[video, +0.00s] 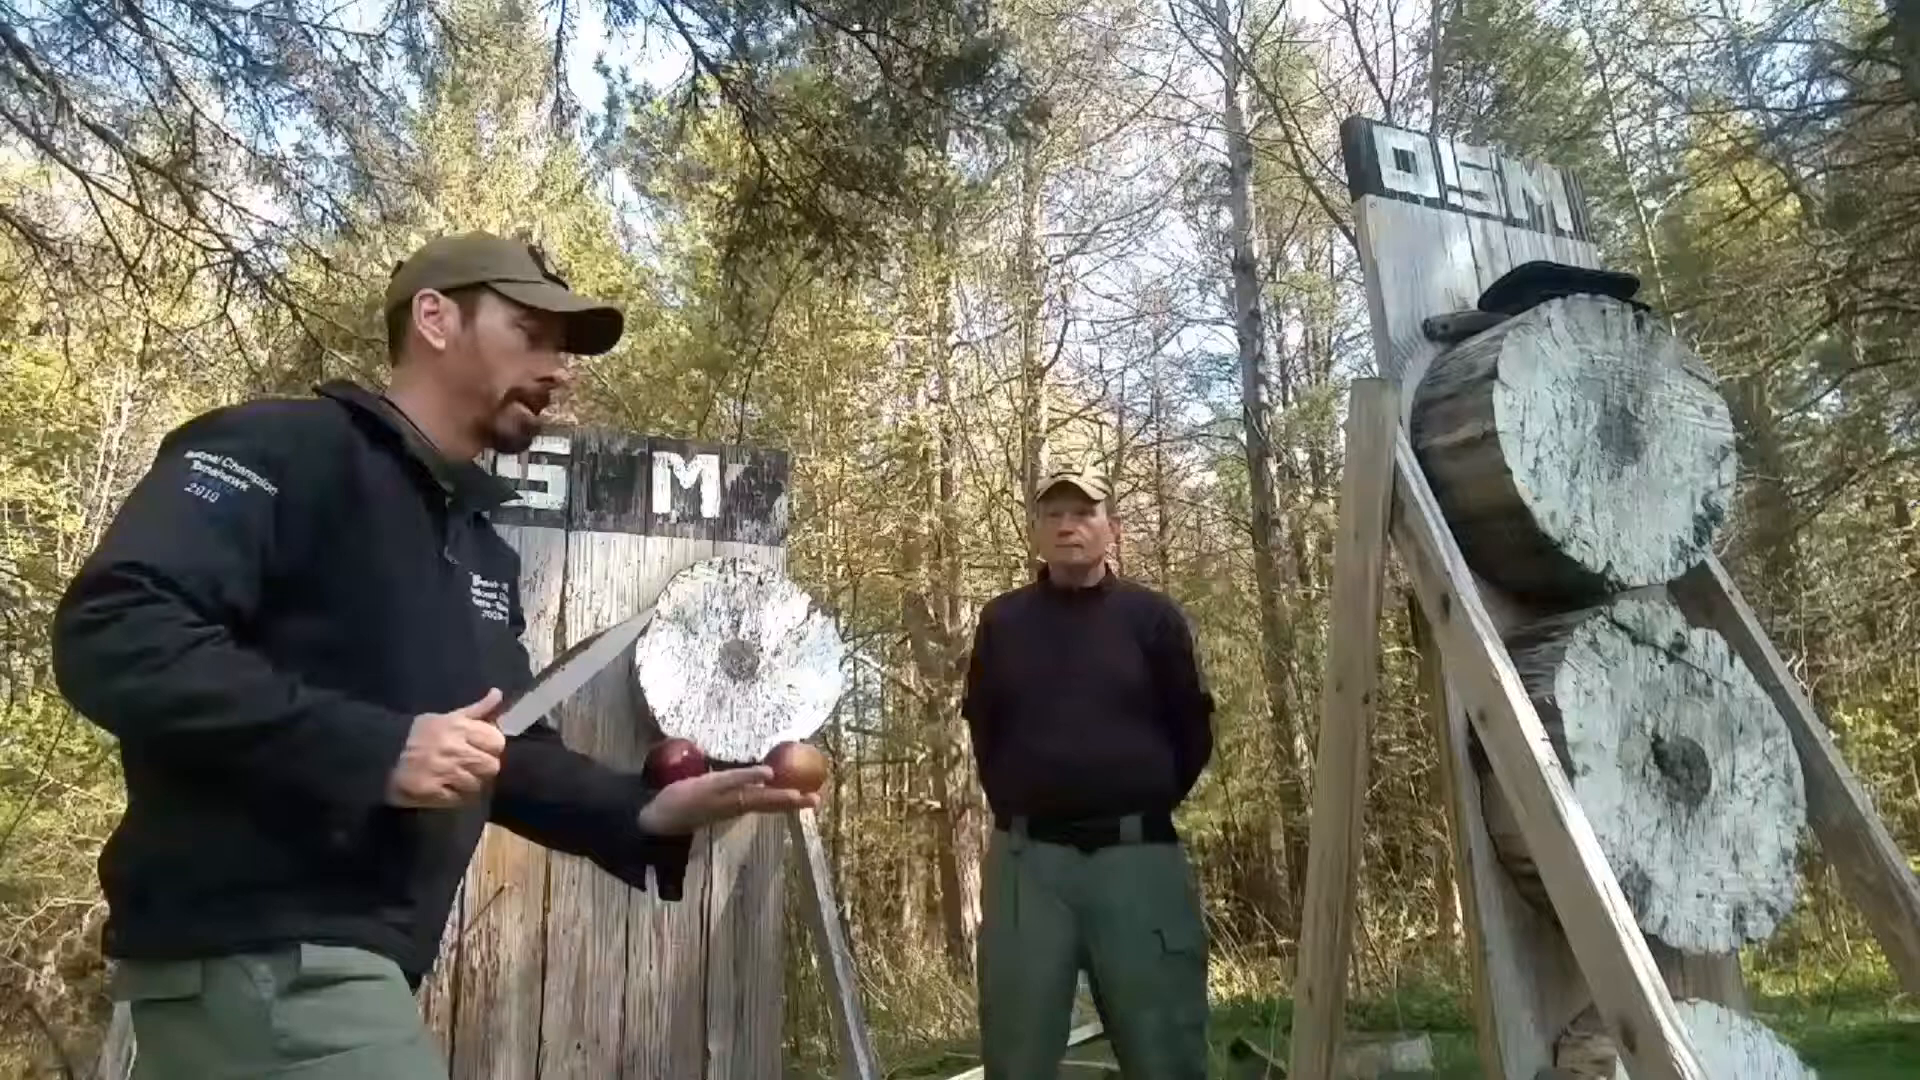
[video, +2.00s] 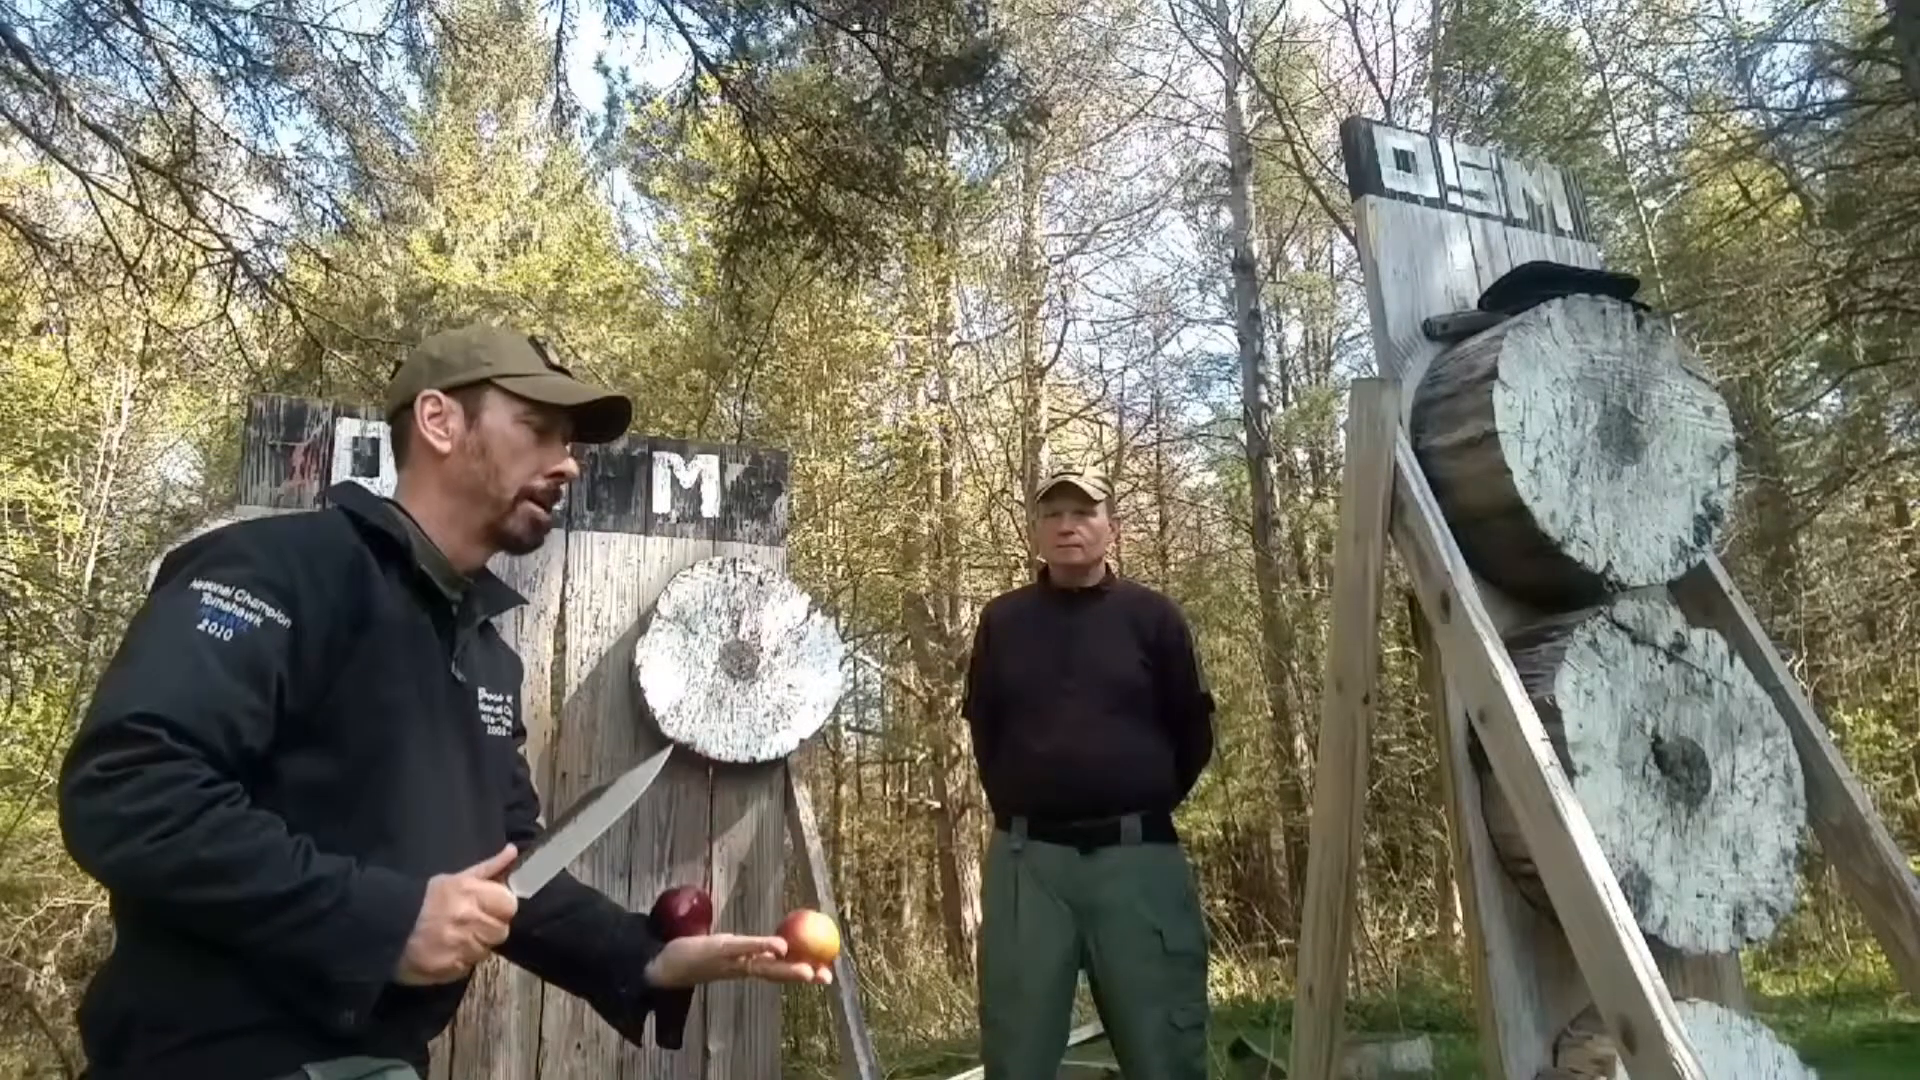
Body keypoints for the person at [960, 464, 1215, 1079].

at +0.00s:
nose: (1068, 526)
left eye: (1082, 513)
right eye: (1054, 516)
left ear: (1111, 530)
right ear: (1035, 535)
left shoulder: (1154, 616)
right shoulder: (1000, 619)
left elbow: (1193, 732)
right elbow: (982, 724)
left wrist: (1140, 811)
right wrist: (1022, 814)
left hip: (1139, 862)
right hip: (1026, 862)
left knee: (1163, 1057)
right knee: (1017, 1059)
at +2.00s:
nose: (1068, 525)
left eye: (1082, 513)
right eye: (1053, 515)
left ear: (1110, 530)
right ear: (1033, 534)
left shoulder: (1153, 614)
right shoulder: (1000, 619)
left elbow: (1194, 732)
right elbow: (983, 727)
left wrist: (1141, 814)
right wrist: (1025, 817)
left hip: (1139, 861)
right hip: (1026, 862)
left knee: (1163, 1058)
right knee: (1017, 1059)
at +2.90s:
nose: (1069, 523)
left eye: (1083, 511)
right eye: (1054, 513)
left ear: (1110, 530)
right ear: (1035, 533)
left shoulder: (1154, 615)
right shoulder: (1000, 619)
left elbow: (1194, 731)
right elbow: (983, 726)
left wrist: (1141, 813)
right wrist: (1026, 815)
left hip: (1139, 861)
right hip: (1025, 861)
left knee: (1164, 1058)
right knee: (1016, 1059)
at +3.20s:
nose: (1068, 521)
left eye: (1083, 509)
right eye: (1054, 511)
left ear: (1110, 528)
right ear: (1035, 530)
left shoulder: (1153, 615)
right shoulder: (1000, 619)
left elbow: (1194, 730)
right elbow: (983, 726)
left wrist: (1142, 813)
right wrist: (1026, 815)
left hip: (1139, 860)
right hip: (1025, 861)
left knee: (1164, 1057)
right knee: (1017, 1058)